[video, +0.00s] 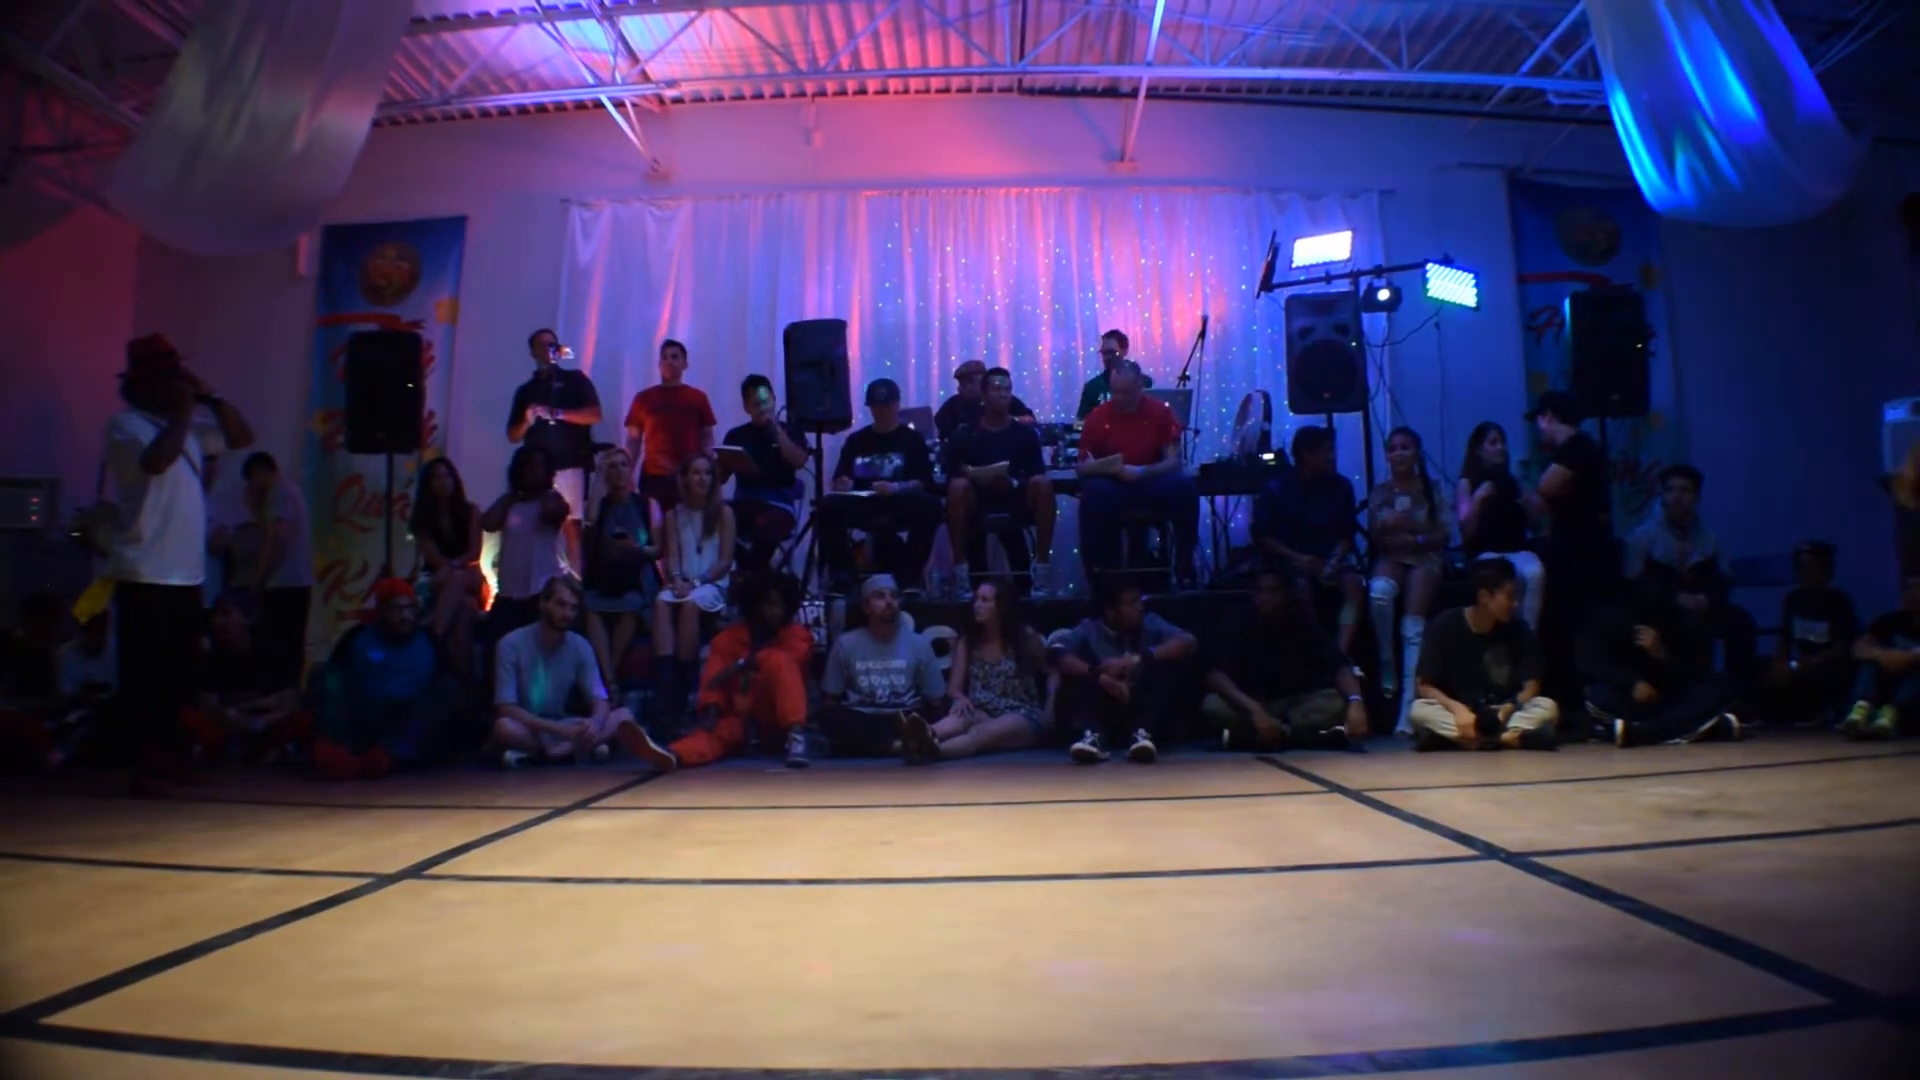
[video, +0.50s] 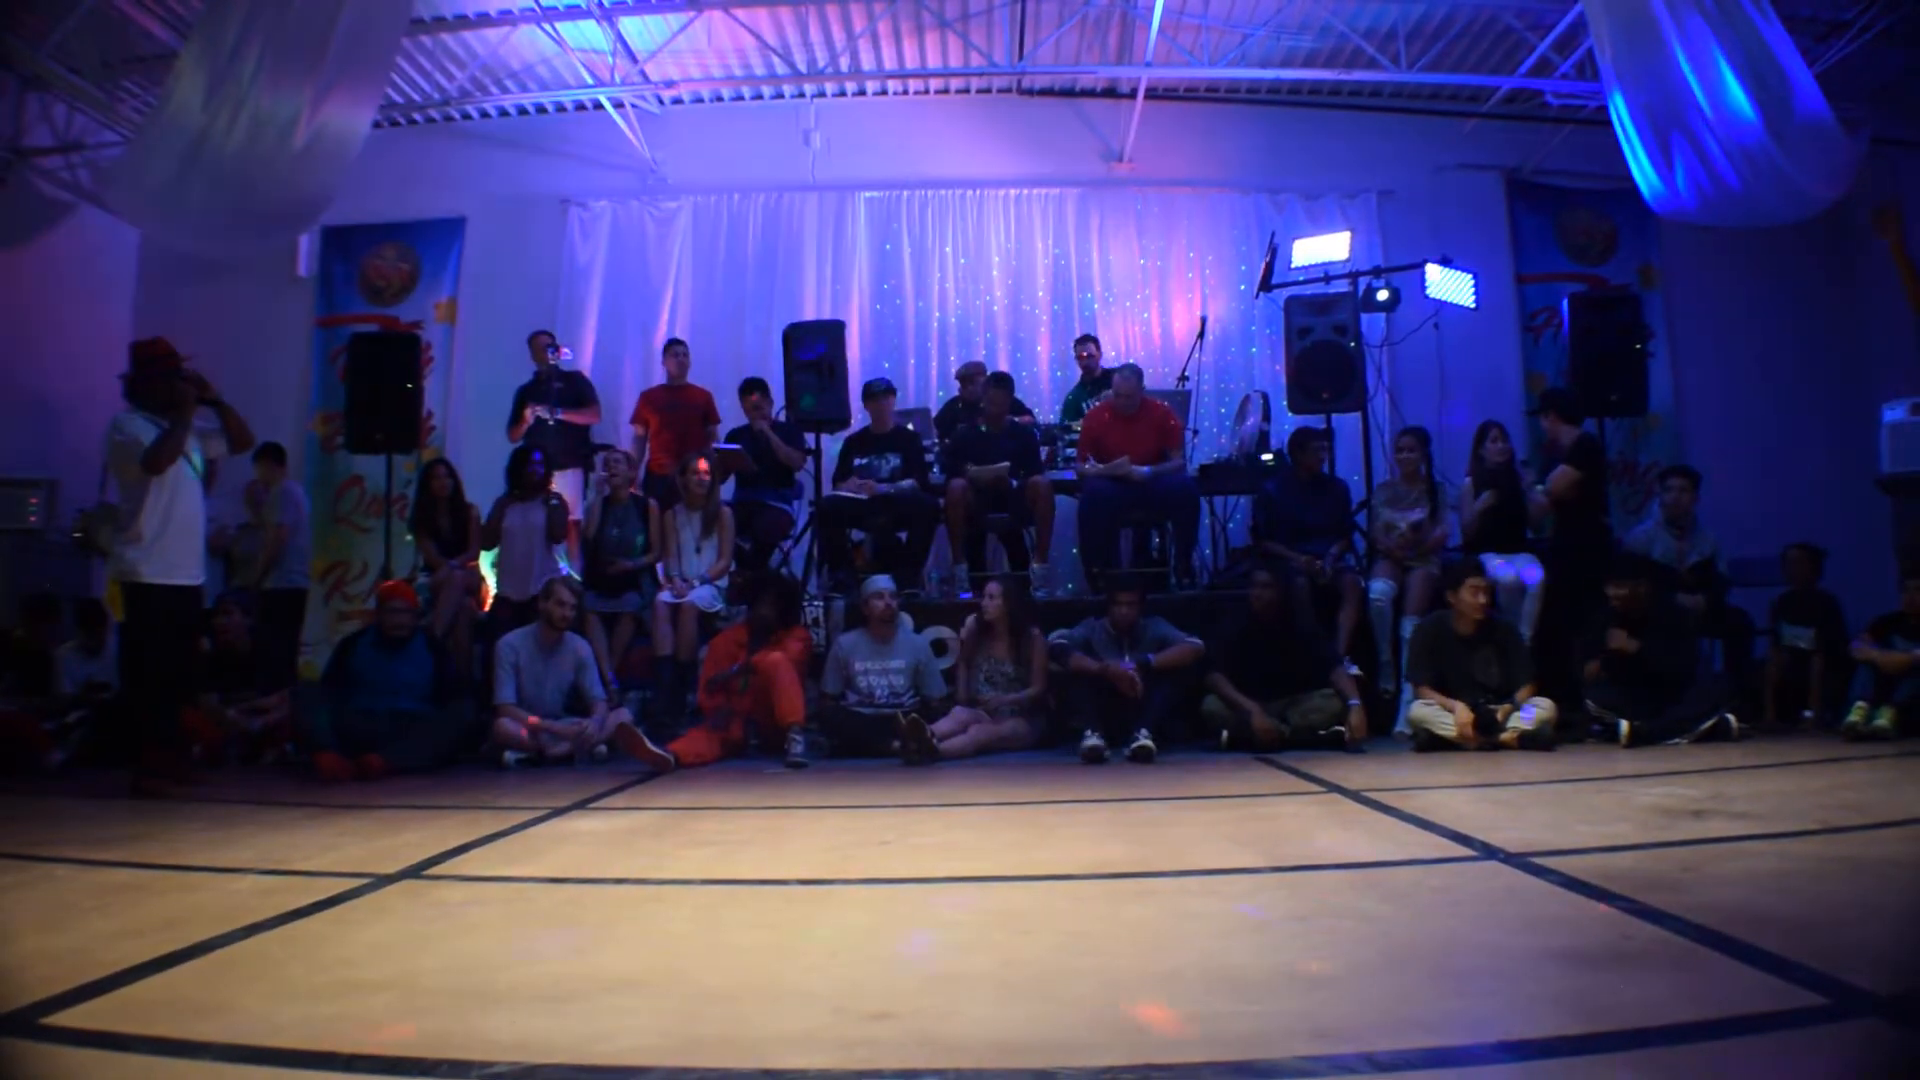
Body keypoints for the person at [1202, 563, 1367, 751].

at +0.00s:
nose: (1264, 598)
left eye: (1271, 591)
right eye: (1260, 591)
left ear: (1287, 594)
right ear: (1254, 595)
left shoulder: (1304, 627)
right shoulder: (1246, 629)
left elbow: (1340, 669)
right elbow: (1216, 675)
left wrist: (1355, 703)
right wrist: (1256, 711)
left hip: (1300, 701)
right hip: (1252, 703)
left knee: (1334, 703)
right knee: (1212, 704)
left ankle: (1258, 738)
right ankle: (1307, 738)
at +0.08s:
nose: (1265, 598)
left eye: (1272, 591)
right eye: (1261, 591)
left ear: (1288, 595)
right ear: (1256, 594)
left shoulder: (1304, 626)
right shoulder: (1247, 627)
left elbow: (1339, 669)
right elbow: (1216, 675)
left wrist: (1356, 702)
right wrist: (1255, 711)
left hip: (1300, 700)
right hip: (1253, 703)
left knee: (1335, 703)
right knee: (1213, 704)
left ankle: (1256, 738)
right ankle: (1309, 738)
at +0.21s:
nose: (1264, 596)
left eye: (1271, 589)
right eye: (1259, 589)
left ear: (1286, 593)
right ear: (1253, 592)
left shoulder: (1303, 625)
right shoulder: (1243, 626)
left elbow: (1336, 668)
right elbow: (1213, 674)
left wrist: (1354, 700)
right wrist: (1252, 711)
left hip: (1299, 700)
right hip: (1251, 703)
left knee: (1333, 702)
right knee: (1211, 705)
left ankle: (1255, 738)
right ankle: (1307, 738)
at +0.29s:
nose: (1263, 595)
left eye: (1270, 589)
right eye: (1259, 588)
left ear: (1285, 592)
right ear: (1253, 592)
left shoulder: (1302, 625)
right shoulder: (1243, 627)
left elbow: (1336, 667)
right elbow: (1212, 675)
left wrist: (1353, 700)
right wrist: (1250, 712)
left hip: (1298, 700)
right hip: (1251, 704)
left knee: (1332, 702)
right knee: (1210, 706)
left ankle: (1255, 737)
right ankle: (1308, 738)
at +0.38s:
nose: (1261, 595)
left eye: (1269, 588)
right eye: (1257, 588)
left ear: (1284, 592)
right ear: (1251, 591)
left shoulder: (1300, 626)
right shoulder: (1241, 626)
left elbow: (1334, 668)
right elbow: (1213, 675)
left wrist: (1354, 702)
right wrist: (1250, 711)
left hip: (1297, 700)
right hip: (1250, 704)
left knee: (1331, 703)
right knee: (1211, 705)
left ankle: (1254, 737)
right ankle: (1309, 739)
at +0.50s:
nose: (1257, 594)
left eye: (1265, 587)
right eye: (1254, 587)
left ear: (1281, 592)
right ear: (1248, 590)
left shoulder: (1298, 626)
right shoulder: (1239, 628)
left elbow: (1334, 669)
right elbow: (1214, 675)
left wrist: (1355, 706)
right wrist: (1253, 711)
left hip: (1297, 701)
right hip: (1249, 705)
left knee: (1332, 703)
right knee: (1211, 706)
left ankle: (1253, 738)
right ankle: (1310, 739)